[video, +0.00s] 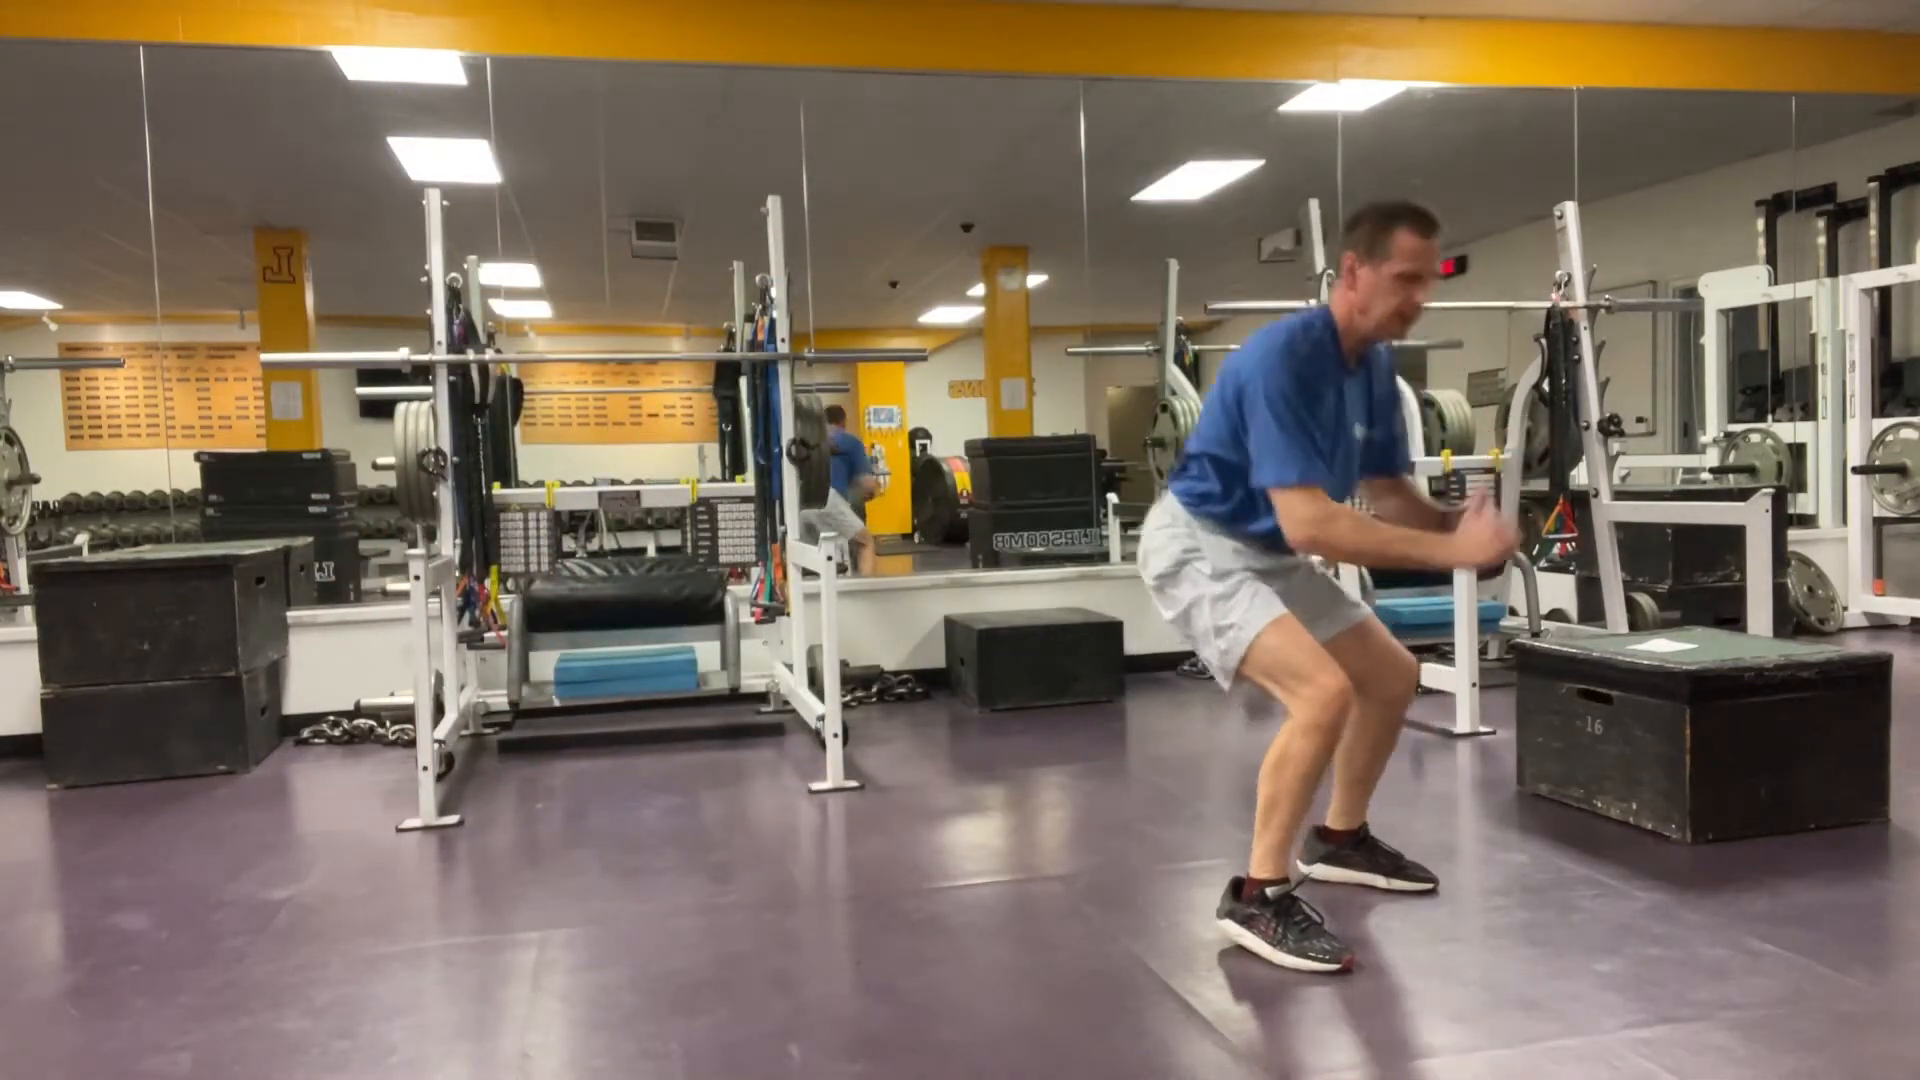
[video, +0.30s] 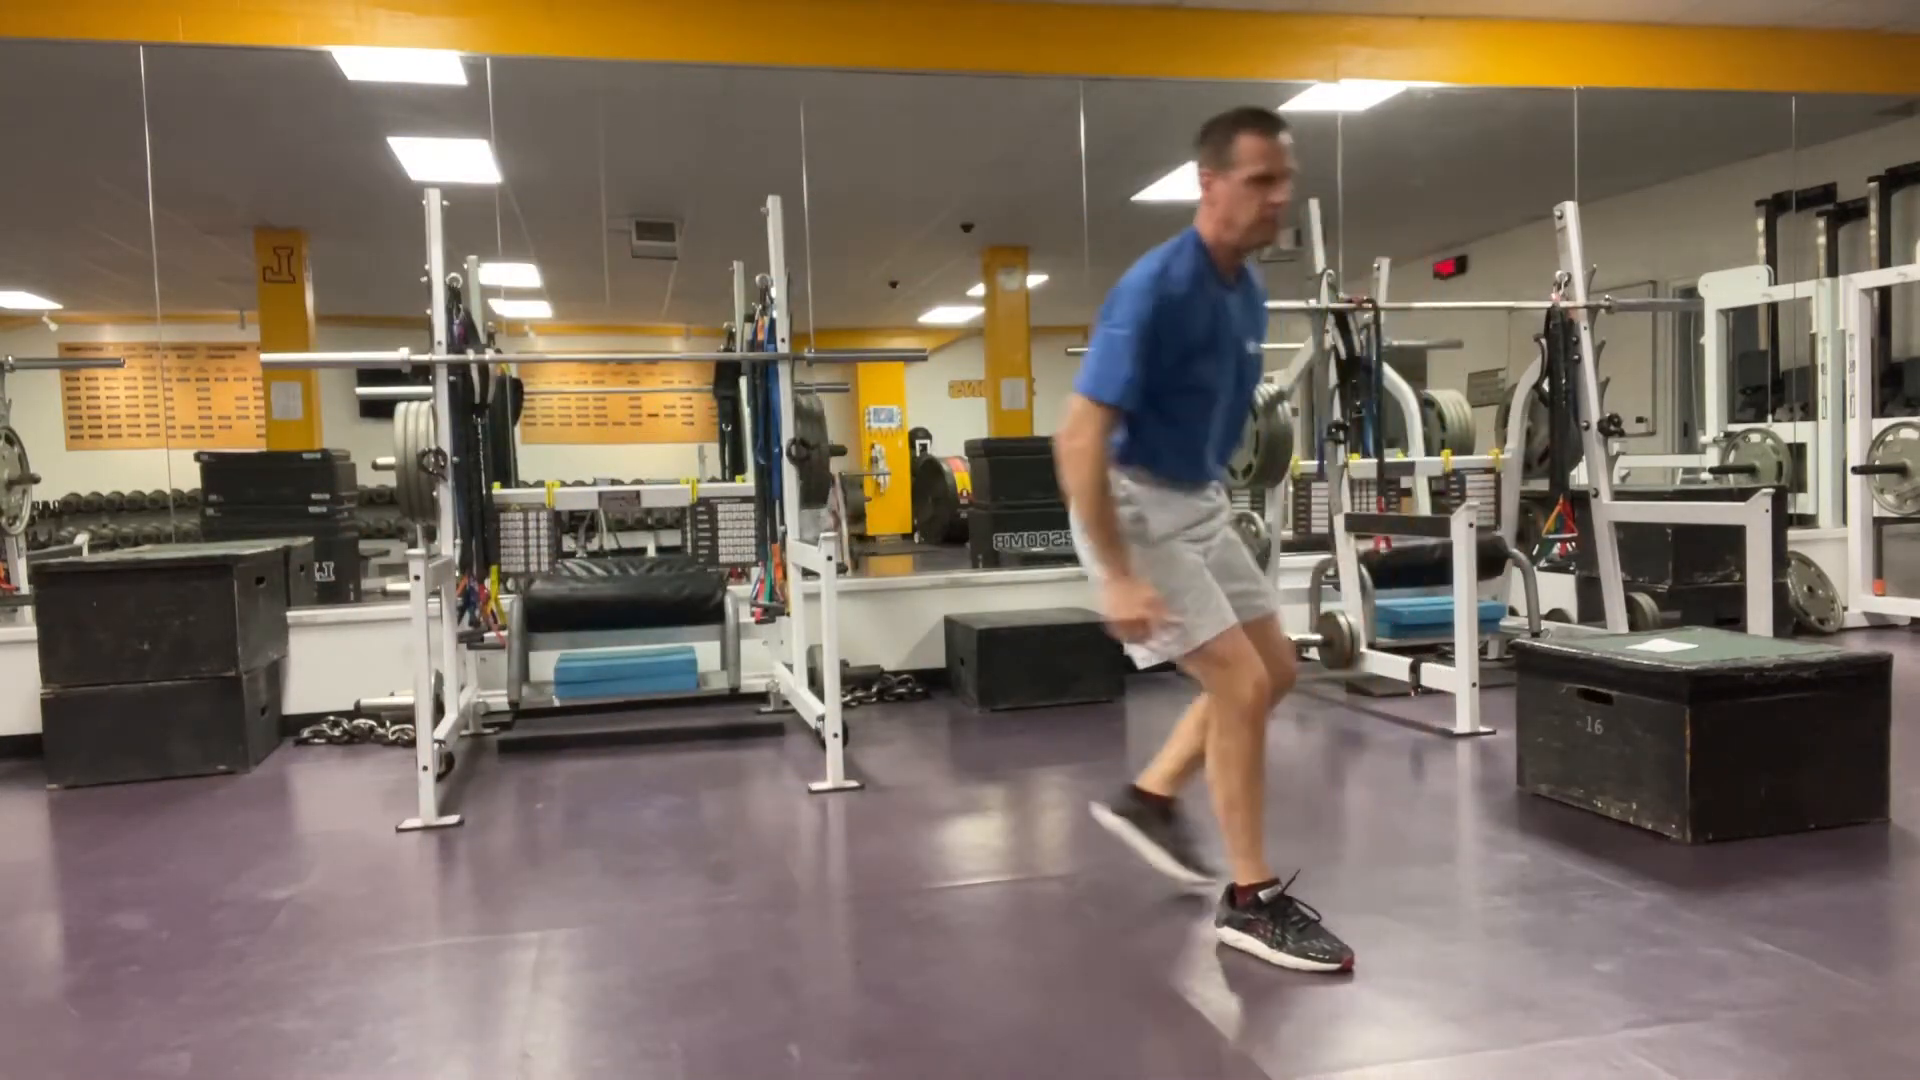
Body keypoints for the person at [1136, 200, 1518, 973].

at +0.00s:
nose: (1421, 300)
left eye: (1428, 282)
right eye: (1407, 280)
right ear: (1353, 275)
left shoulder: (1375, 369)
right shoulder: (1280, 359)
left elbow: (1384, 492)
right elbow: (1307, 526)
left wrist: (1458, 533)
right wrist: (1448, 550)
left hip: (1275, 549)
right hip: (1196, 546)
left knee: (1389, 677)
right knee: (1322, 694)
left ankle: (1341, 838)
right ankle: (1258, 892)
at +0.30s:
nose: (1280, 201)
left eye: (1286, 184)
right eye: (1262, 184)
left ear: (1284, 190)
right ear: (1207, 186)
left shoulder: (1244, 289)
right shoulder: (1154, 289)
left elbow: (1202, 408)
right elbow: (1079, 441)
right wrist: (1115, 575)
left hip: (1204, 503)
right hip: (1134, 511)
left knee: (1274, 666)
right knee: (1239, 681)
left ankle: (1149, 797)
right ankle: (1251, 897)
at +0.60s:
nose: (1061, 189)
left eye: (1069, 173)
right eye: (1042, 174)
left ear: (1078, 182)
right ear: (996, 182)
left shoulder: (1075, 290)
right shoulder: (953, 289)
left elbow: (1103, 410)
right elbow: (896, 421)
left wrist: (1155, 494)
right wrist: (912, 540)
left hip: (1061, 499)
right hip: (995, 500)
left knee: (1055, 699)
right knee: (1104, 687)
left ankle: (967, 846)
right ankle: (1195, 876)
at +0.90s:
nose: (869, 178)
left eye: (879, 160)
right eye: (850, 164)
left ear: (895, 167)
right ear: (817, 175)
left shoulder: (918, 267)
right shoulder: (791, 280)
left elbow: (948, 377)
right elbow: (784, 419)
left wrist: (1011, 446)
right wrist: (879, 477)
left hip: (925, 500)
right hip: (843, 513)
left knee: (961, 667)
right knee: (853, 694)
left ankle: (961, 849)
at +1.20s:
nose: (714, 212)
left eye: (728, 192)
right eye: (697, 193)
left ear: (748, 185)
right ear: (666, 182)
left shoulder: (767, 269)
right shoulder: (621, 277)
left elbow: (770, 381)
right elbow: (595, 416)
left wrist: (774, 474)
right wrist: (646, 523)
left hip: (752, 491)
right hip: (659, 498)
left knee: (817, 660)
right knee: (667, 693)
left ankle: (852, 825)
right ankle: (614, 870)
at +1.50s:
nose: (599, 239)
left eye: (613, 219)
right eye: (583, 222)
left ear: (634, 204)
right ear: (553, 205)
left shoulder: (669, 284)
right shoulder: (512, 297)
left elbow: (706, 383)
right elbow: (456, 404)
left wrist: (749, 482)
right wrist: (417, 519)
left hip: (644, 498)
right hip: (559, 500)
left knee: (613, 682)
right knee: (601, 683)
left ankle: (550, 813)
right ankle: (607, 872)